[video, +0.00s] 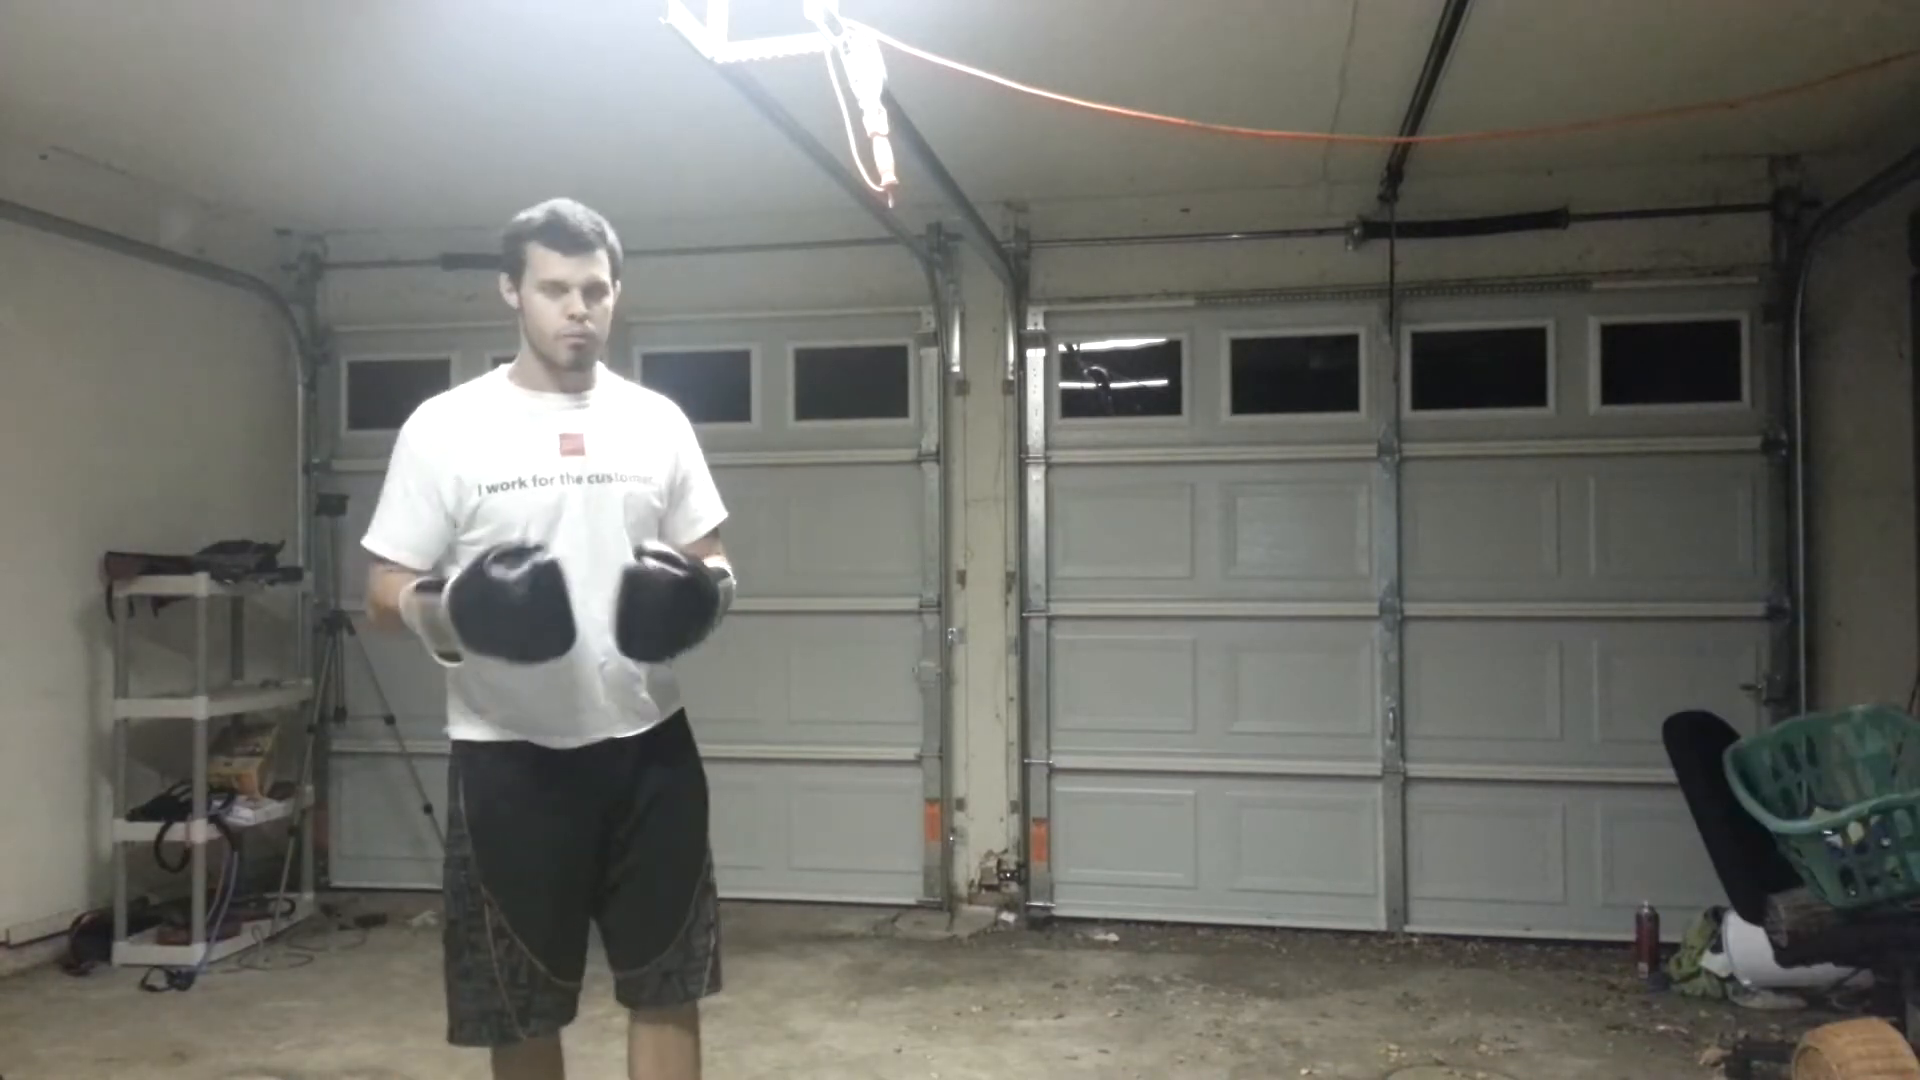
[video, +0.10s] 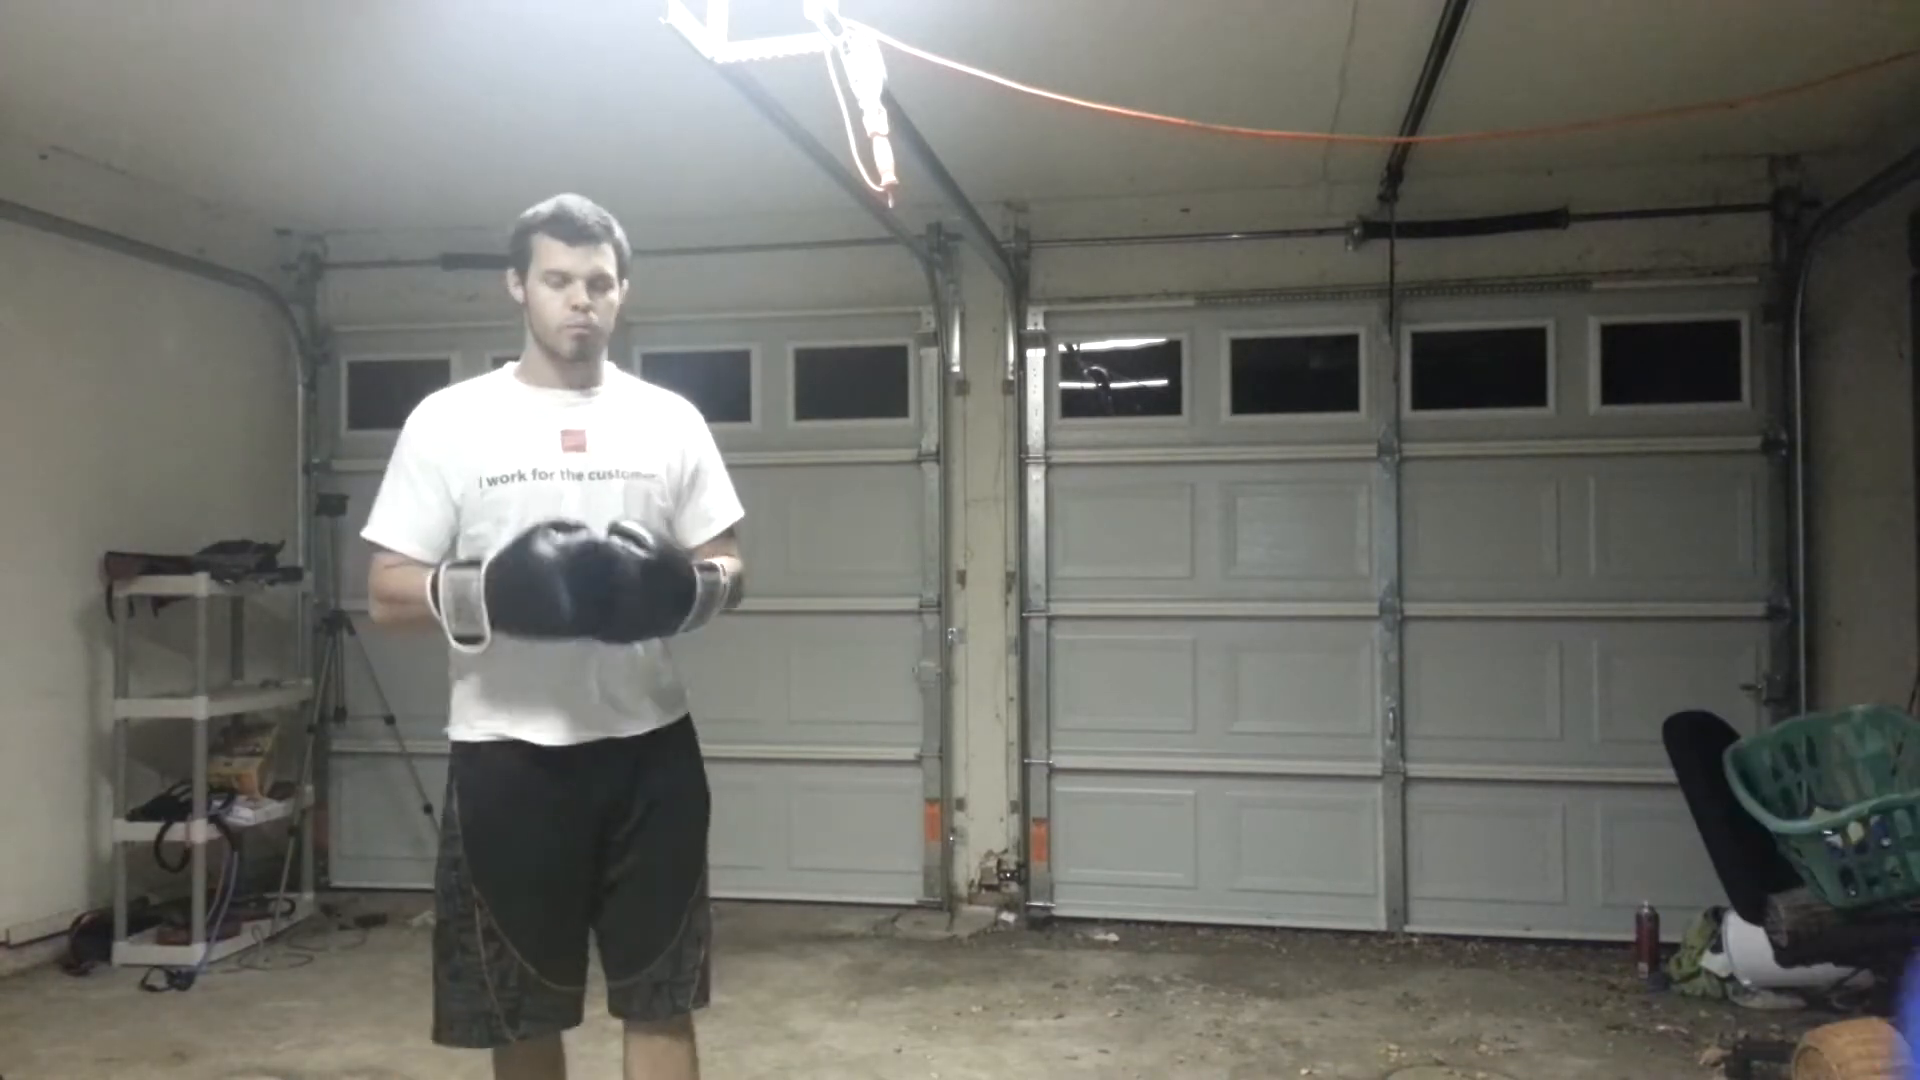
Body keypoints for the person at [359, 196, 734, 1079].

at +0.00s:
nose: (580, 311)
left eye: (596, 291)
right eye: (558, 290)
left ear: (617, 298)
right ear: (513, 296)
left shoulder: (658, 420)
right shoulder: (443, 427)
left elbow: (714, 563)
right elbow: (387, 591)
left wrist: (699, 591)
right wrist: (450, 611)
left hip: (647, 748)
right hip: (512, 757)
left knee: (667, 1001)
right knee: (522, 1021)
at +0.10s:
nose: (582, 301)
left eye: (600, 283)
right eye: (560, 282)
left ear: (622, 295)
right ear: (518, 290)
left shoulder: (671, 419)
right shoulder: (446, 420)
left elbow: (725, 568)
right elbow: (388, 595)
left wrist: (682, 588)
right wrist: (489, 592)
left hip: (647, 749)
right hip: (510, 757)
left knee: (661, 1012)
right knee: (524, 1025)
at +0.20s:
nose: (594, 289)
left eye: (611, 273)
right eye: (572, 270)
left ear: (633, 291)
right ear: (529, 285)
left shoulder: (686, 419)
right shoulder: (453, 414)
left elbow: (748, 571)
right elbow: (373, 585)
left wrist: (690, 580)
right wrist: (482, 573)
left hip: (652, 748)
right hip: (512, 751)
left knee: (657, 1022)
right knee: (527, 1029)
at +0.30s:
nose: (614, 286)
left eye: (631, 270)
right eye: (592, 267)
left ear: (653, 292)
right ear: (546, 281)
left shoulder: (699, 423)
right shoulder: (465, 409)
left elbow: (774, 579)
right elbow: (371, 574)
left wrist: (701, 579)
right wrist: (478, 563)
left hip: (661, 752)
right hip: (515, 753)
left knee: (663, 1033)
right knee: (529, 1034)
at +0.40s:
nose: (635, 279)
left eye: (654, 265)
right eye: (612, 260)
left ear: (675, 291)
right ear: (567, 276)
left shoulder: (717, 425)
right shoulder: (481, 403)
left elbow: (793, 585)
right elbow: (377, 563)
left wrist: (717, 572)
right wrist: (485, 552)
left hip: (672, 751)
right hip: (523, 752)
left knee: (667, 1037)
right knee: (530, 1039)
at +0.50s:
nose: (656, 274)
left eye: (676, 261)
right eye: (634, 253)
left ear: (692, 290)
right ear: (587, 269)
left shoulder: (731, 428)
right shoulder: (495, 400)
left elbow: (791, 591)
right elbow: (395, 557)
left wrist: (718, 577)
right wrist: (494, 564)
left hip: (678, 757)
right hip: (527, 753)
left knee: (671, 1041)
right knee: (520, 1044)